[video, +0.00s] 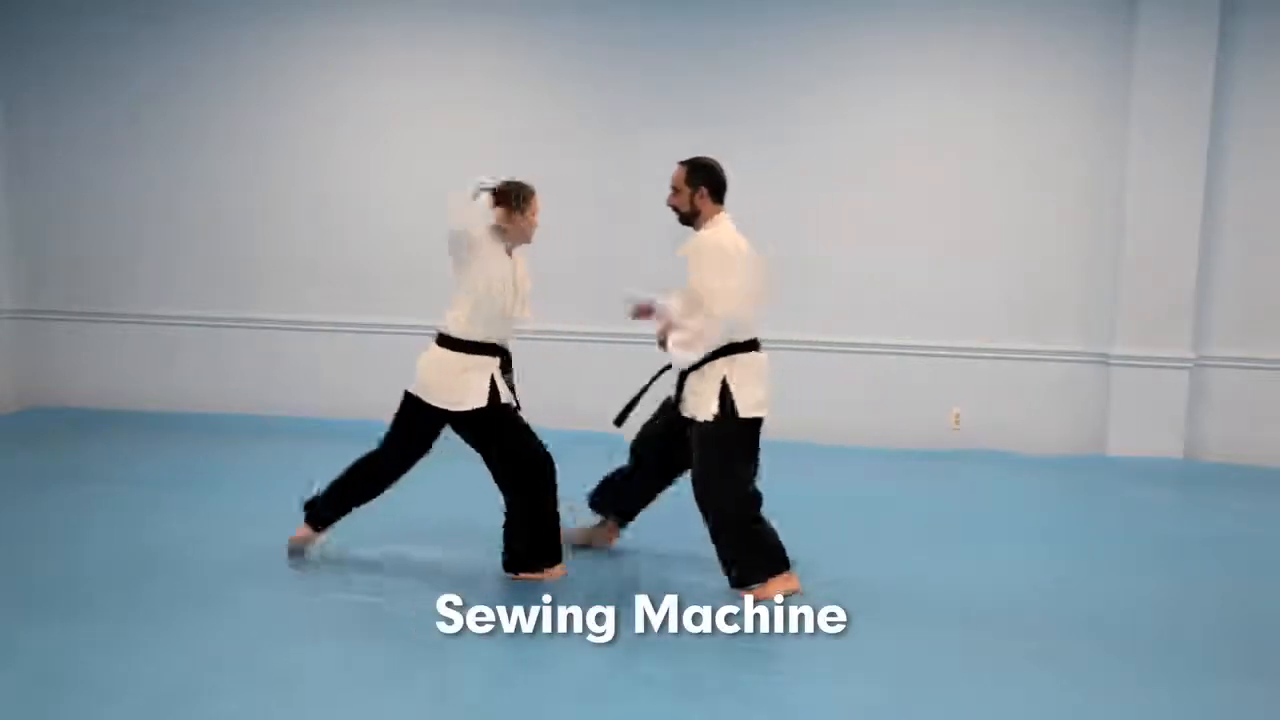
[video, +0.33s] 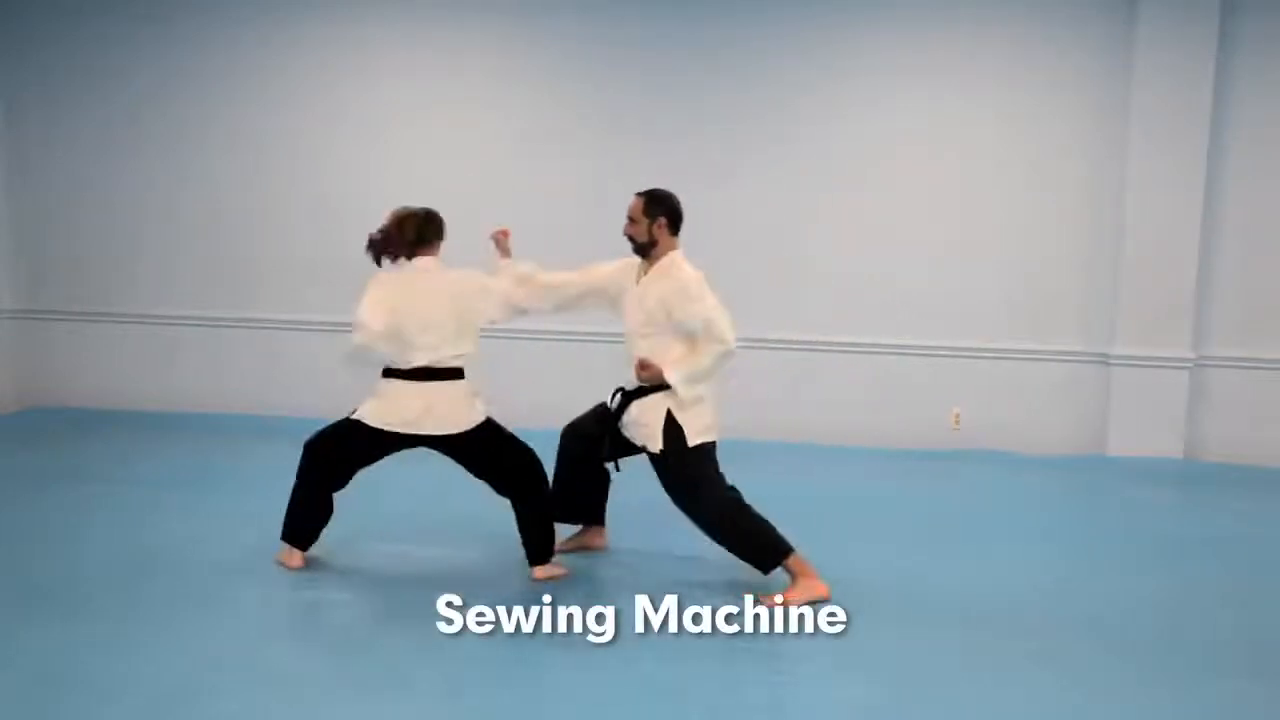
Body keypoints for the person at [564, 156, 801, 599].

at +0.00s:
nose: (669, 199)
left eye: (676, 191)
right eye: (671, 190)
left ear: (702, 195)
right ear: (704, 196)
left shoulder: (716, 246)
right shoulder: (713, 241)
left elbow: (722, 319)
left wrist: (673, 338)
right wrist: (661, 308)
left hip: (728, 382)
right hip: (706, 378)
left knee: (723, 488)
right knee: (654, 453)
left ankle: (773, 577)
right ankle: (606, 526)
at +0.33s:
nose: (625, 228)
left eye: (633, 221)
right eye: (626, 219)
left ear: (660, 227)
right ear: (655, 226)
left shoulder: (682, 280)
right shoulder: (628, 273)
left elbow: (721, 341)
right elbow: (566, 288)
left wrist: (670, 372)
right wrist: (509, 265)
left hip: (679, 412)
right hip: (642, 405)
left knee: (708, 500)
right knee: (580, 439)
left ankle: (804, 577)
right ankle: (592, 531)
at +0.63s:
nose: (619, 229)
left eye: (627, 222)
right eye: (621, 221)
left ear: (653, 228)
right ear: (649, 227)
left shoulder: (675, 279)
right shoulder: (625, 274)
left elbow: (713, 341)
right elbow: (573, 289)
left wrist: (660, 373)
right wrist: (511, 280)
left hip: (671, 410)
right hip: (636, 404)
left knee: (708, 499)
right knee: (577, 437)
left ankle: (805, 578)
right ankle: (591, 530)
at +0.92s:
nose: (619, 229)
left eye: (626, 221)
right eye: (621, 220)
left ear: (654, 228)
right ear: (647, 227)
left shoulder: (674, 279)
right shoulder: (624, 274)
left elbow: (712, 341)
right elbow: (569, 284)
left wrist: (658, 372)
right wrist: (499, 279)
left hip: (670, 412)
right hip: (632, 405)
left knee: (709, 501)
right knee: (575, 438)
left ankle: (805, 578)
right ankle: (592, 530)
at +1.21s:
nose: (618, 227)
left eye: (626, 220)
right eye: (620, 219)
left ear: (652, 227)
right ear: (649, 227)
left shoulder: (673, 279)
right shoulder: (626, 273)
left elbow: (711, 341)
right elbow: (567, 287)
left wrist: (659, 374)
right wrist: (503, 287)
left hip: (671, 411)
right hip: (635, 404)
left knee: (708, 499)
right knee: (576, 436)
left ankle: (805, 578)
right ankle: (591, 529)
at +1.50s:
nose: (615, 225)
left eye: (623, 218)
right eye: (617, 217)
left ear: (649, 225)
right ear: (647, 224)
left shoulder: (670, 277)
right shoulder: (623, 271)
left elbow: (710, 341)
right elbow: (567, 290)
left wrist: (658, 373)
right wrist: (512, 279)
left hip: (669, 409)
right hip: (632, 402)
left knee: (708, 498)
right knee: (573, 438)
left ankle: (806, 577)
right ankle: (590, 528)